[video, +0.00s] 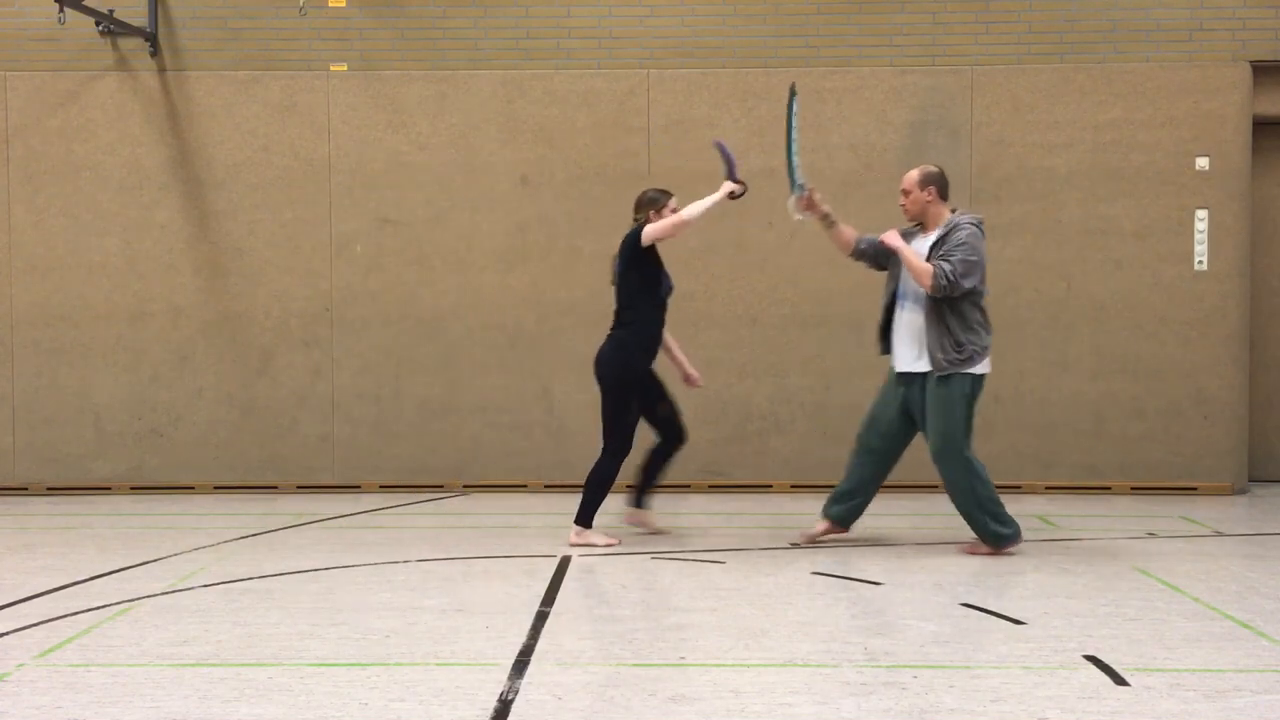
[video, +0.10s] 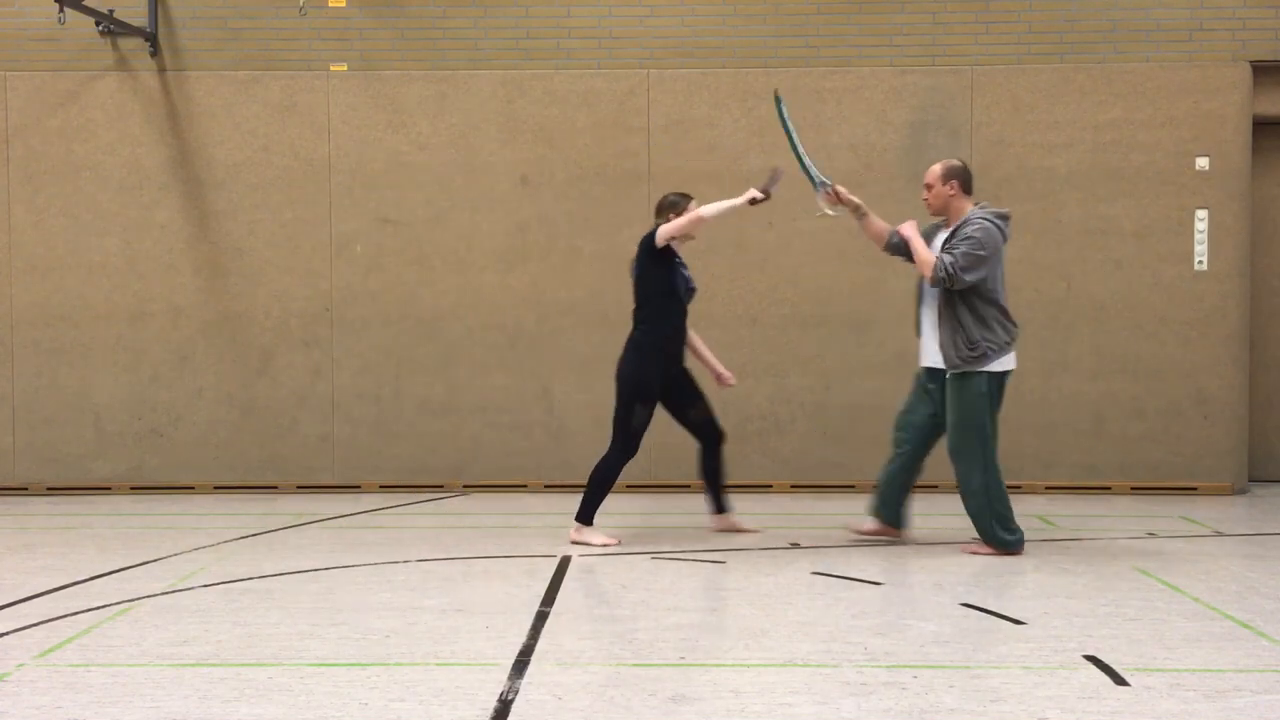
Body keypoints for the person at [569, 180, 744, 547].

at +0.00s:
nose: (677, 217)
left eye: (676, 211)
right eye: (671, 211)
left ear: (653, 215)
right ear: (652, 214)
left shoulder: (647, 254)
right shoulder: (636, 241)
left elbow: (652, 322)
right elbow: (682, 219)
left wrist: (683, 365)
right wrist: (721, 193)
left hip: (634, 364)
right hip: (620, 363)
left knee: (673, 434)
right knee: (616, 449)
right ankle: (581, 529)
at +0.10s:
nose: (698, 223)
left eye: (698, 217)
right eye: (693, 217)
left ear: (675, 221)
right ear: (673, 218)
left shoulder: (674, 263)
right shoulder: (650, 248)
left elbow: (680, 325)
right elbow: (698, 216)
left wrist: (715, 367)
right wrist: (742, 200)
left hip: (668, 366)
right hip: (641, 364)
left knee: (711, 435)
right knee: (623, 447)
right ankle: (581, 526)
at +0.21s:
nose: (721, 229)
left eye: (720, 225)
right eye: (716, 225)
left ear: (702, 229)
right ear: (699, 228)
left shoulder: (704, 278)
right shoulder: (673, 259)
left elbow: (708, 336)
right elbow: (721, 231)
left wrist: (743, 371)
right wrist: (768, 221)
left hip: (701, 375)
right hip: (667, 373)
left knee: (751, 439)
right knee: (636, 451)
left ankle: (768, 515)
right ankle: (587, 524)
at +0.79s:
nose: (806, 250)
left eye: (805, 244)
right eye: (800, 245)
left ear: (782, 252)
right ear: (780, 251)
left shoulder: (771, 287)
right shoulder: (771, 273)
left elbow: (752, 342)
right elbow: (830, 293)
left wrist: (775, 383)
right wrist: (868, 323)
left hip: (748, 384)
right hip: (721, 376)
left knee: (801, 439)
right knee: (687, 453)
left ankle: (778, 515)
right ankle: (628, 521)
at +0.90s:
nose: (794, 245)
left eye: (792, 239)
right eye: (788, 239)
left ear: (770, 247)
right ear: (769, 246)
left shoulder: (759, 283)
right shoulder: (759, 270)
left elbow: (746, 341)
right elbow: (824, 283)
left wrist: (771, 380)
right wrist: (858, 309)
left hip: (744, 382)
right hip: (717, 377)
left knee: (799, 438)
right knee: (687, 457)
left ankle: (778, 514)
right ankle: (627, 522)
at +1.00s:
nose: (778, 239)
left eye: (776, 234)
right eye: (772, 235)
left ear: (753, 243)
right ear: (752, 242)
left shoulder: (746, 276)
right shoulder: (745, 266)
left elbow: (742, 339)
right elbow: (809, 274)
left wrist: (766, 381)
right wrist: (841, 297)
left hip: (738, 382)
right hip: (712, 378)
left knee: (793, 436)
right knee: (686, 459)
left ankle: (778, 514)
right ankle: (625, 521)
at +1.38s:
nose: (689, 229)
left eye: (686, 224)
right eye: (681, 226)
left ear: (669, 237)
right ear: (663, 238)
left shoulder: (679, 269)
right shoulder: (665, 271)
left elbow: (701, 326)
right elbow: (717, 290)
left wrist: (734, 359)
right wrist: (757, 282)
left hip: (717, 375)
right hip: (691, 377)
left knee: (766, 435)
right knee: (682, 461)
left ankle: (776, 515)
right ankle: (623, 522)